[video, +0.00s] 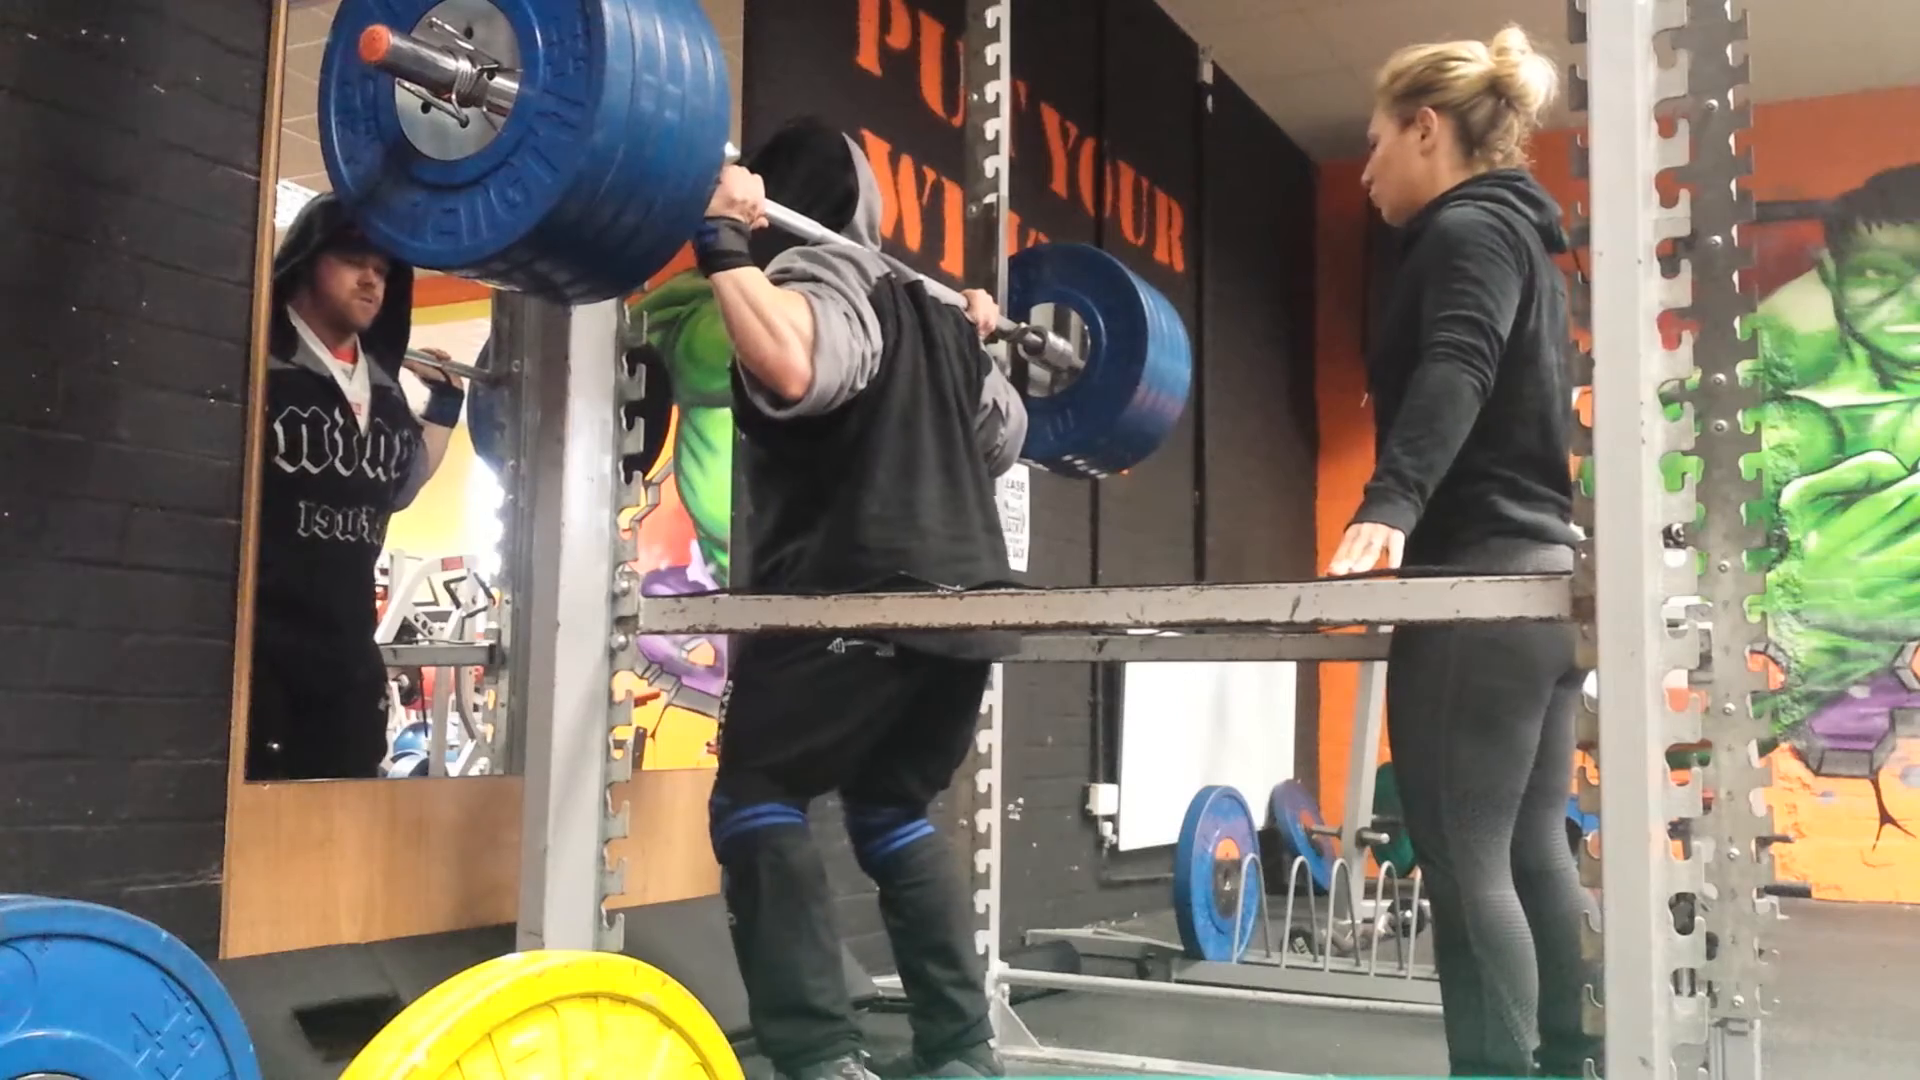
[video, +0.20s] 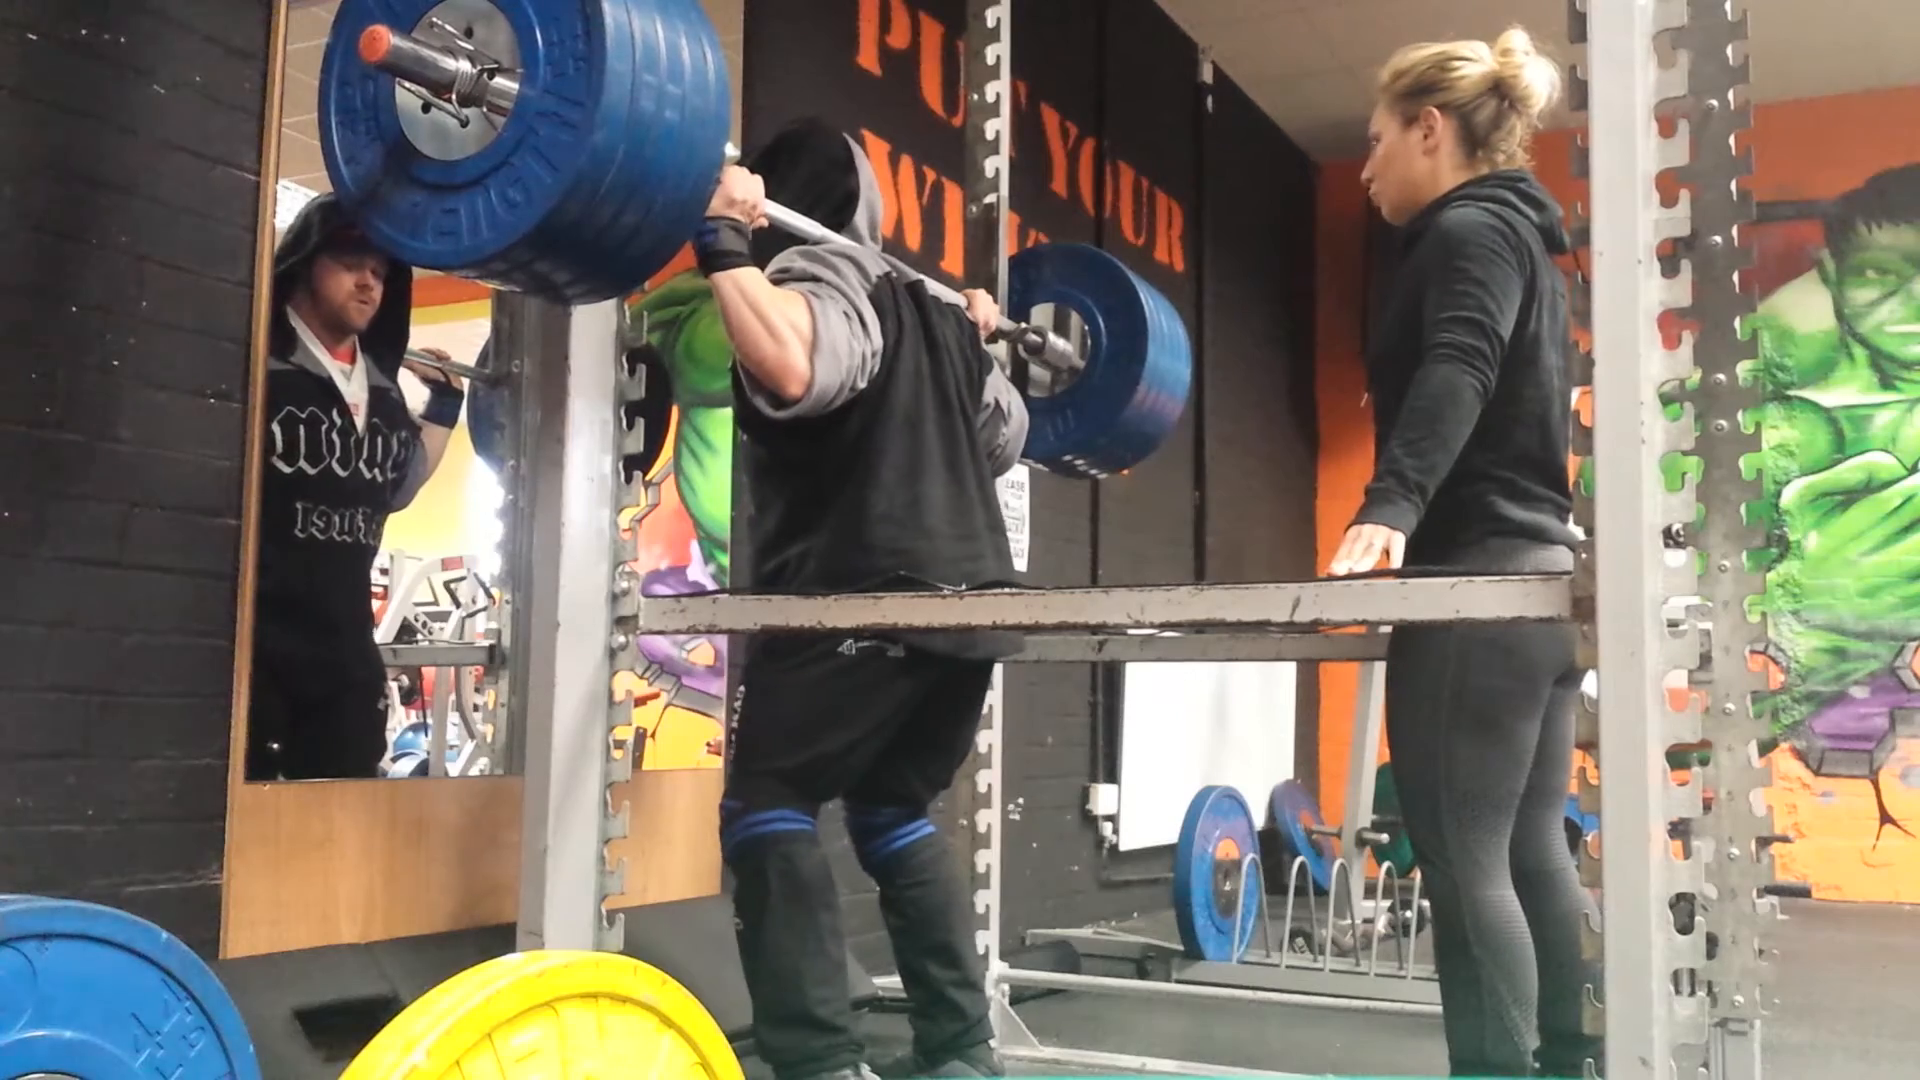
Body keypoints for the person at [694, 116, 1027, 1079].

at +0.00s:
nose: (745, 227)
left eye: (753, 207)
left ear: (775, 208)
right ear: (864, 205)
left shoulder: (811, 276)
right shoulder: (934, 303)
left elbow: (794, 367)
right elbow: (1002, 434)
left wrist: (722, 239)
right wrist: (987, 338)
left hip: (836, 600)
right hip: (967, 601)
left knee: (756, 797)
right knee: (892, 804)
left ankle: (809, 1047)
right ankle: (958, 1049)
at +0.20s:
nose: (747, 227)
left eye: (755, 207)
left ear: (778, 208)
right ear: (864, 205)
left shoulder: (813, 276)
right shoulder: (934, 301)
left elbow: (793, 367)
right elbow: (1004, 432)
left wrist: (722, 240)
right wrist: (987, 340)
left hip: (847, 598)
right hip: (973, 599)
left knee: (766, 800)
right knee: (894, 806)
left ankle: (806, 1049)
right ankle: (958, 1050)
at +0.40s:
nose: (745, 226)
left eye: (750, 206)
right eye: (741, 205)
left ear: (783, 210)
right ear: (854, 204)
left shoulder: (818, 270)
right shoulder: (932, 300)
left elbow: (792, 367)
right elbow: (1006, 432)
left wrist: (721, 244)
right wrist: (986, 345)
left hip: (847, 596)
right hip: (973, 597)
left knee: (766, 802)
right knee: (893, 806)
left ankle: (805, 1048)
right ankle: (958, 1048)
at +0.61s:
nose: (718, 249)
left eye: (724, 221)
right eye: (715, 223)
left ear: (764, 215)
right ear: (815, 207)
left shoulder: (817, 266)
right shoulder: (932, 299)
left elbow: (793, 367)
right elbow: (1009, 438)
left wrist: (715, 240)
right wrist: (989, 343)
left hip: (850, 598)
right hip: (972, 603)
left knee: (766, 801)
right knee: (894, 808)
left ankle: (806, 1048)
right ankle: (959, 1049)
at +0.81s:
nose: (716, 256)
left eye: (720, 231)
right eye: (711, 232)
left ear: (758, 215)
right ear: (802, 205)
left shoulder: (820, 267)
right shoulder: (934, 300)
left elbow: (795, 367)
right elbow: (1009, 438)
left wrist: (715, 243)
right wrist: (992, 344)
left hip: (853, 597)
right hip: (973, 602)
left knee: (770, 802)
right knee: (895, 808)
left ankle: (807, 1048)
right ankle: (960, 1049)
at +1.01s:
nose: (746, 238)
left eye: (751, 215)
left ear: (778, 215)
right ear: (856, 209)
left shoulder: (819, 270)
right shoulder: (930, 302)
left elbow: (790, 368)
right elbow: (1005, 434)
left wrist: (719, 240)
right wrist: (977, 342)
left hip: (838, 603)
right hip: (963, 605)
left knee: (758, 807)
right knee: (882, 808)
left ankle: (804, 1050)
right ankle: (957, 1048)